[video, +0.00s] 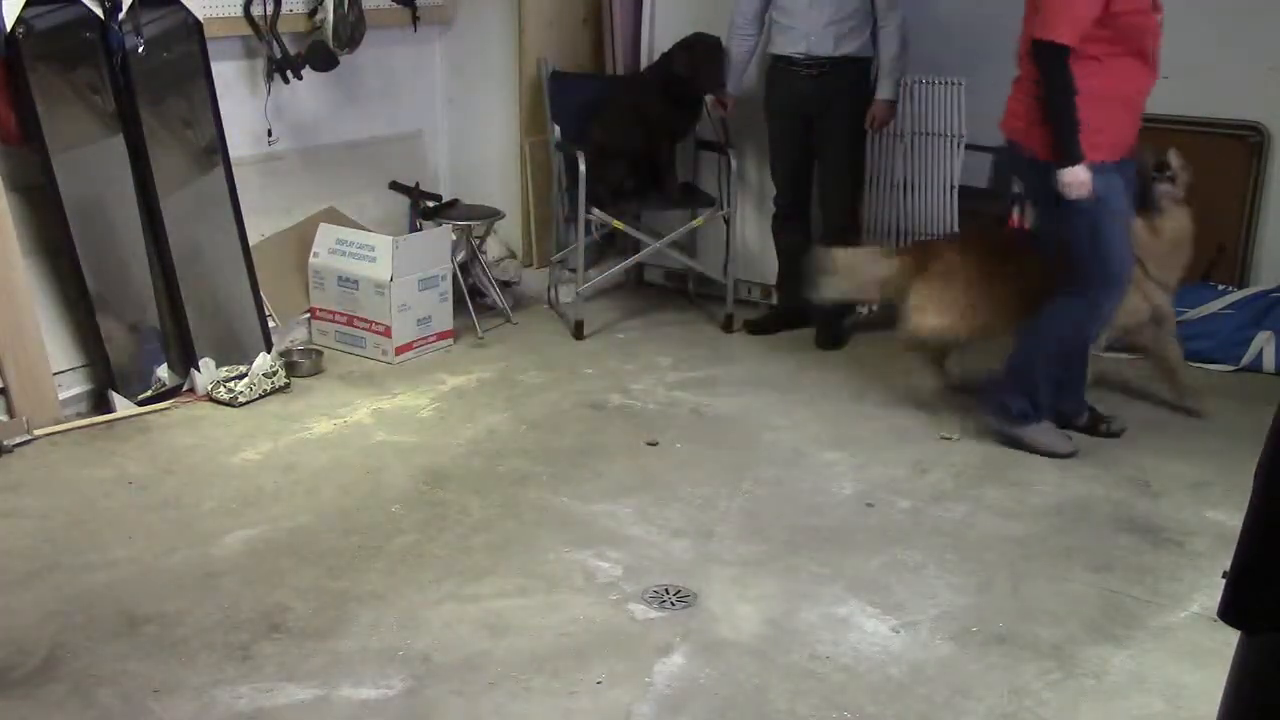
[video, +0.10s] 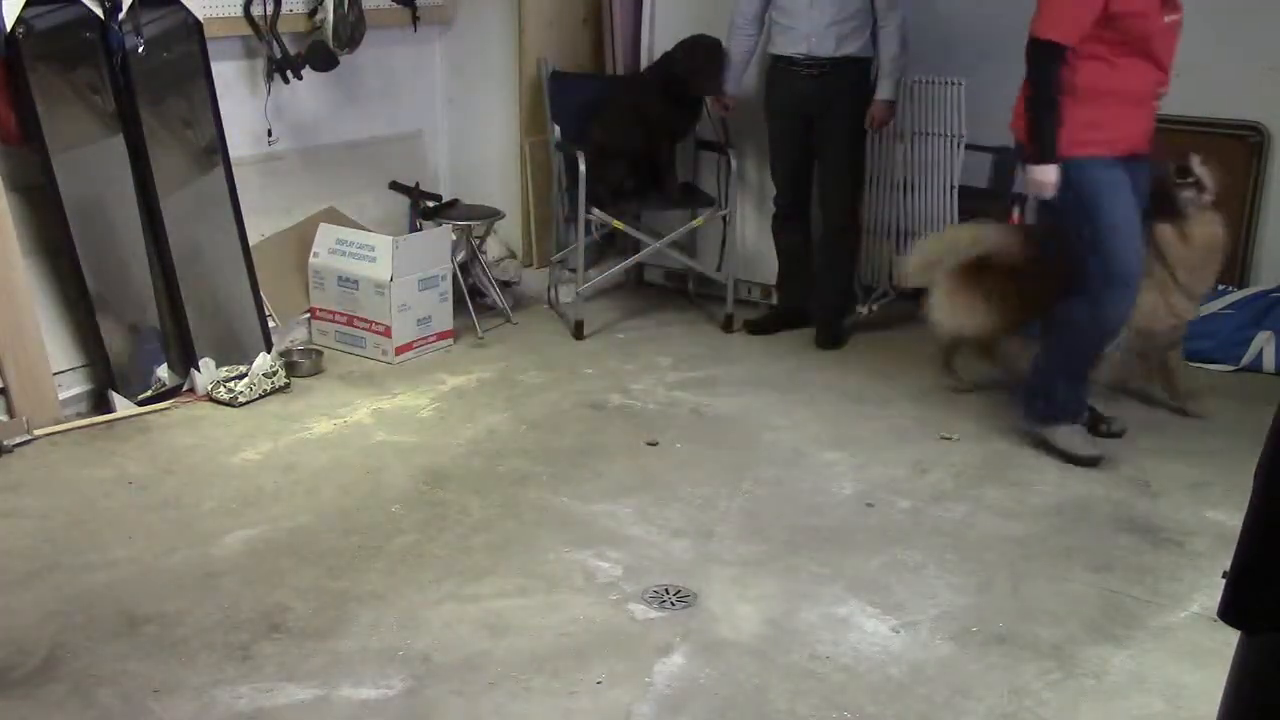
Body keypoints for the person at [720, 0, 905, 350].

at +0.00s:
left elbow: (890, 19)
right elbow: (748, 17)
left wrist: (885, 94)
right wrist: (729, 82)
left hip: (846, 76)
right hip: (785, 75)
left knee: (839, 201)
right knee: (789, 198)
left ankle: (834, 311)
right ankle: (791, 304)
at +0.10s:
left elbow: (890, 19)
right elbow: (748, 16)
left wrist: (885, 94)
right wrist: (729, 81)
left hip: (845, 77)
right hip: (785, 76)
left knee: (839, 203)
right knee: (789, 201)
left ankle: (831, 314)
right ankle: (793, 305)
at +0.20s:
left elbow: (891, 19)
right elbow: (748, 16)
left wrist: (885, 94)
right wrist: (728, 83)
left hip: (845, 77)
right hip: (785, 76)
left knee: (839, 202)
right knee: (789, 200)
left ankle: (831, 314)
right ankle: (792, 304)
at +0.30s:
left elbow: (891, 19)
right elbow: (747, 16)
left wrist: (884, 94)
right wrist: (727, 84)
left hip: (845, 77)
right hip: (784, 76)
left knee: (838, 202)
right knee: (788, 199)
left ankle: (831, 314)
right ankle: (792, 304)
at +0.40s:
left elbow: (890, 17)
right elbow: (747, 16)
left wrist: (885, 94)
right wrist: (725, 85)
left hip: (845, 76)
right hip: (784, 75)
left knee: (838, 202)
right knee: (788, 199)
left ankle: (831, 313)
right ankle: (793, 304)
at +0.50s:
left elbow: (890, 18)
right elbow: (747, 16)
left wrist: (885, 95)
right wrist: (725, 84)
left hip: (844, 77)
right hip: (783, 75)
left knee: (838, 202)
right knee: (789, 199)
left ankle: (831, 314)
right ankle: (793, 304)